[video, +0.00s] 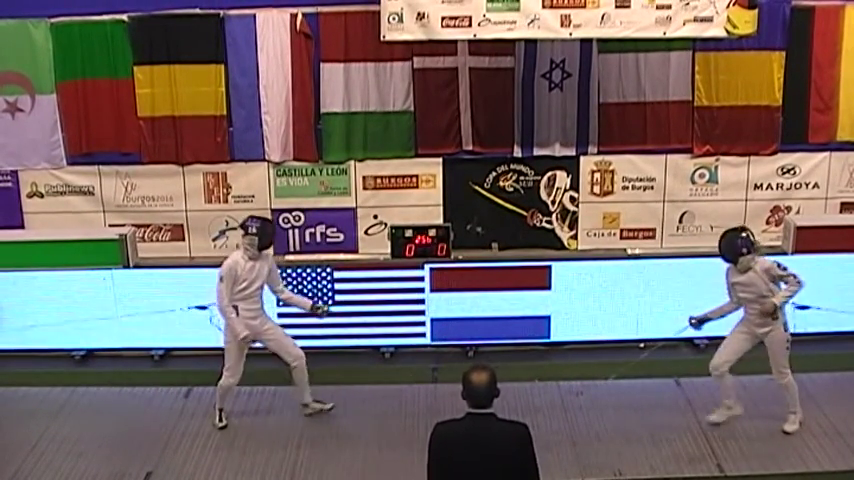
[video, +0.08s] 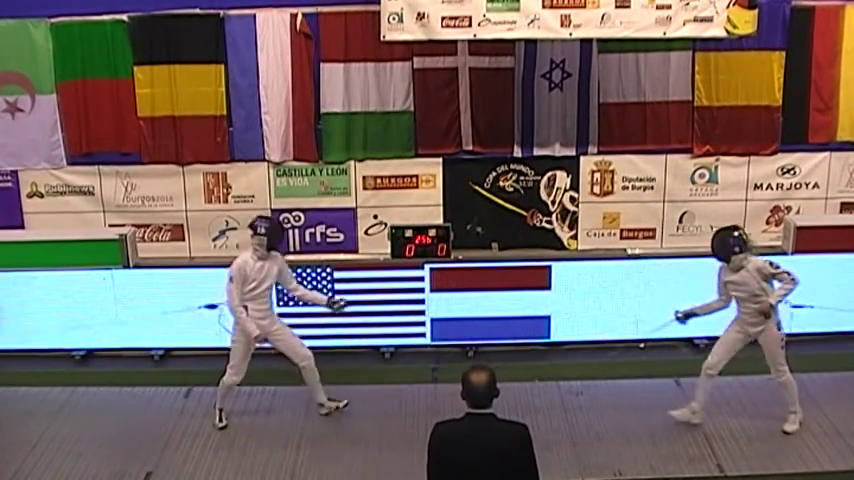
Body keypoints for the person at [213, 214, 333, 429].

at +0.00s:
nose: (248, 242)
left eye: (254, 238)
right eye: (246, 236)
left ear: (263, 242)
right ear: (242, 237)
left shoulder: (267, 261)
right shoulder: (231, 265)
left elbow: (280, 292)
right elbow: (223, 304)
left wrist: (311, 306)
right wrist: (239, 330)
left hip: (261, 321)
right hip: (236, 324)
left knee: (297, 358)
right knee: (231, 378)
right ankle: (219, 409)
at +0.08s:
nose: (258, 240)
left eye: (263, 236)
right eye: (255, 235)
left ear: (271, 240)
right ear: (251, 236)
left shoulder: (276, 261)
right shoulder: (240, 264)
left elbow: (295, 289)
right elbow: (234, 303)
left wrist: (326, 301)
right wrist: (252, 331)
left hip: (270, 322)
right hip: (245, 324)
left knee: (305, 358)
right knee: (234, 376)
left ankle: (323, 404)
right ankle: (219, 408)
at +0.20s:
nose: (273, 242)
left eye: (279, 238)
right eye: (271, 237)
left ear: (289, 242)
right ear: (267, 238)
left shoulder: (295, 263)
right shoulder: (258, 266)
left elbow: (322, 287)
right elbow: (252, 307)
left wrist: (354, 295)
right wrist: (270, 335)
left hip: (288, 324)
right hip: (263, 326)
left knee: (324, 357)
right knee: (242, 375)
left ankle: (328, 405)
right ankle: (220, 405)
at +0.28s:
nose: (287, 245)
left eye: (292, 240)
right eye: (284, 240)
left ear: (301, 241)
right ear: (278, 239)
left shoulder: (306, 259)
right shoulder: (268, 266)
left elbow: (335, 281)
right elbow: (263, 306)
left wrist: (368, 292)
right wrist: (277, 334)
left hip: (300, 322)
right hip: (275, 324)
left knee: (332, 357)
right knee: (254, 375)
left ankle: (328, 405)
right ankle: (227, 406)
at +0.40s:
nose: (293, 236)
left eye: (299, 232)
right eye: (292, 231)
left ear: (309, 236)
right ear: (289, 232)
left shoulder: (316, 253)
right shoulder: (279, 259)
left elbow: (345, 274)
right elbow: (270, 299)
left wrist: (380, 284)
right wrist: (280, 330)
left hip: (309, 317)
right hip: (285, 319)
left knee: (337, 357)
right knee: (278, 374)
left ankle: (328, 405)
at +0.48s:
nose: (301, 235)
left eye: (306, 231)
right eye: (299, 231)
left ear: (314, 234)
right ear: (295, 232)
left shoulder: (320, 251)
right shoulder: (283, 257)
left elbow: (347, 274)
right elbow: (272, 297)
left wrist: (382, 283)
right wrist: (282, 328)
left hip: (314, 315)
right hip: (289, 317)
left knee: (342, 356)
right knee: (292, 373)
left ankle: (331, 402)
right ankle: (290, 404)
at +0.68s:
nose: (309, 241)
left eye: (315, 238)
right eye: (308, 236)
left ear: (326, 243)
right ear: (305, 237)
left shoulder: (332, 261)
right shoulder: (294, 265)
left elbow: (359, 285)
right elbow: (280, 304)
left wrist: (393, 288)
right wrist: (286, 335)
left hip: (326, 321)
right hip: (302, 324)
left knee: (364, 356)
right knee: (307, 380)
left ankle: (361, 403)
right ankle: (299, 404)